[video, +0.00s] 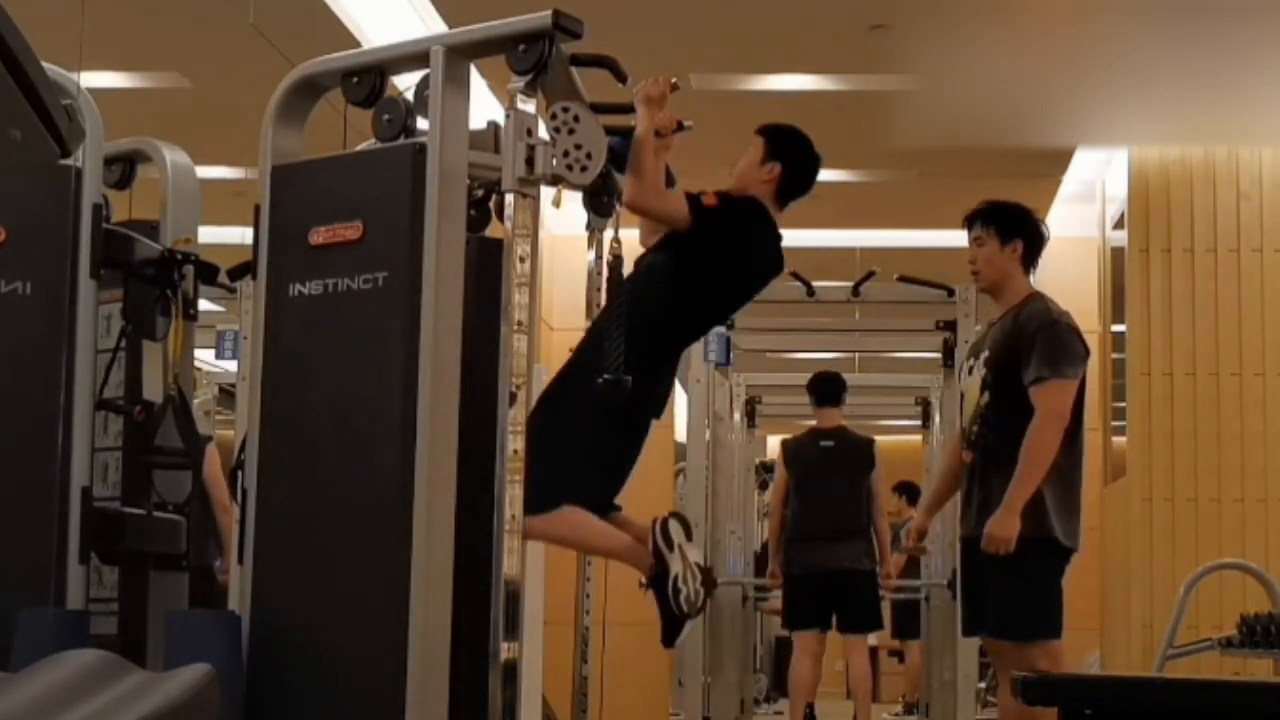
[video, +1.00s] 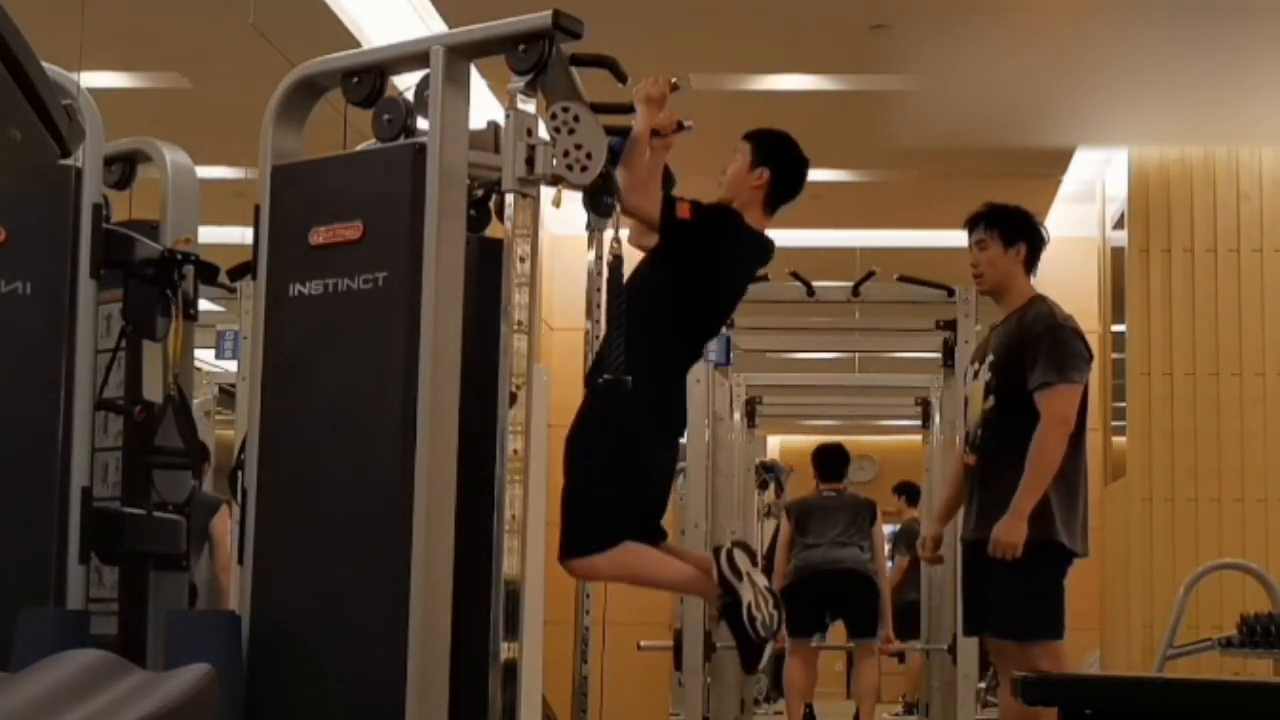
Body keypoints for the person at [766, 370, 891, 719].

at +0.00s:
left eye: (814, 398)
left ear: (811, 400)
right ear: (844, 399)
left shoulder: (790, 448)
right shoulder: (866, 447)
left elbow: (776, 508)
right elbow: (879, 511)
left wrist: (773, 558)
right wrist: (886, 560)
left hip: (805, 566)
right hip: (854, 564)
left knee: (805, 648)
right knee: (857, 649)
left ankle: (798, 716)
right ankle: (863, 715)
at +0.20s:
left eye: (816, 399)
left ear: (811, 402)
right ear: (844, 401)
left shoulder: (790, 450)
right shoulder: (867, 449)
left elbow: (776, 511)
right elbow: (880, 513)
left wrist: (774, 561)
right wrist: (887, 562)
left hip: (806, 568)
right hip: (856, 566)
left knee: (804, 649)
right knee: (860, 649)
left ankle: (798, 715)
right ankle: (863, 715)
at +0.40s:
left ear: (812, 415)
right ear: (845, 414)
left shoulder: (791, 461)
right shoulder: (867, 461)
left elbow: (778, 522)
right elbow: (878, 524)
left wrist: (773, 571)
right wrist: (888, 573)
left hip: (807, 570)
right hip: (857, 569)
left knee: (803, 650)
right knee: (862, 649)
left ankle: (798, 715)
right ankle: (864, 715)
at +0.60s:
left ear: (812, 436)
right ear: (846, 436)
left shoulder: (792, 480)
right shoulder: (866, 478)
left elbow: (778, 539)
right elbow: (879, 539)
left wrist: (773, 586)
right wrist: (887, 592)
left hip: (804, 576)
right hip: (854, 575)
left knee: (801, 649)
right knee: (863, 649)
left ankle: (796, 715)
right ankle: (864, 715)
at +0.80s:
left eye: (816, 452)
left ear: (813, 456)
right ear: (847, 455)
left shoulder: (793, 496)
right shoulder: (867, 495)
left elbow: (779, 557)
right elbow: (881, 557)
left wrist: (774, 607)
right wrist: (887, 611)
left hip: (806, 583)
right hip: (856, 582)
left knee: (801, 652)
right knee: (864, 652)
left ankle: (797, 715)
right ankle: (865, 715)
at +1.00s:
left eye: (817, 467)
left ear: (814, 471)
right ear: (847, 471)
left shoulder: (794, 509)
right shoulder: (868, 508)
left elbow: (780, 570)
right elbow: (881, 571)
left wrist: (781, 622)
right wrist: (887, 625)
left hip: (806, 587)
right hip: (858, 586)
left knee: (800, 653)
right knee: (866, 653)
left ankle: (796, 716)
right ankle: (865, 715)